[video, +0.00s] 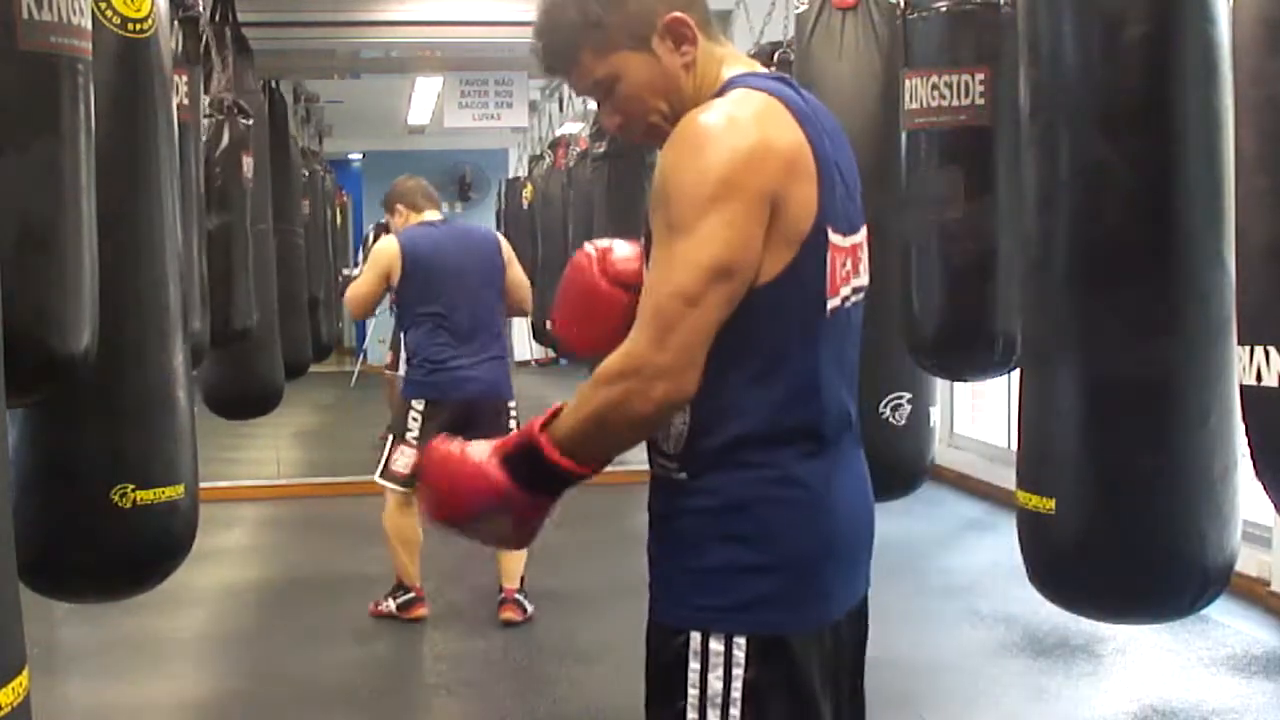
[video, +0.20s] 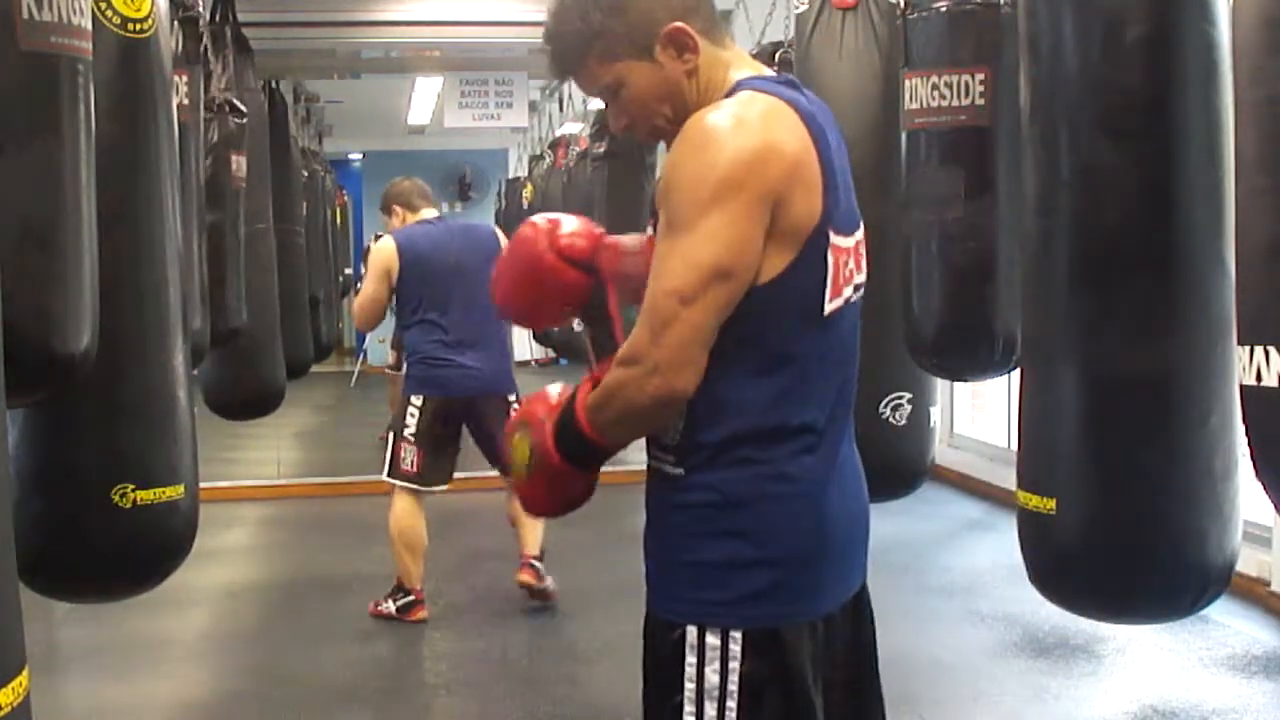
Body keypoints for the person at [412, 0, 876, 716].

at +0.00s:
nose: (608, 121)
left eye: (607, 90)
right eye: (593, 102)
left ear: (677, 39)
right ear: (682, 42)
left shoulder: (723, 136)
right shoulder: (796, 116)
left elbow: (657, 375)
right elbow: (780, 323)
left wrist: (523, 470)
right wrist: (650, 309)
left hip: (742, 546)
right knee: (819, 705)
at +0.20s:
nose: (615, 122)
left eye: (613, 95)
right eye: (603, 104)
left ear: (679, 49)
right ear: (684, 49)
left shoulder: (728, 137)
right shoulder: (793, 112)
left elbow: (662, 374)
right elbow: (755, 260)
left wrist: (566, 442)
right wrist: (603, 260)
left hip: (734, 542)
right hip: (809, 517)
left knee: (710, 710)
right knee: (831, 707)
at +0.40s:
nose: (616, 122)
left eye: (615, 93)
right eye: (604, 102)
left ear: (684, 52)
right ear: (687, 55)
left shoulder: (741, 137)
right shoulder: (751, 118)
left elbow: (644, 371)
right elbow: (640, 252)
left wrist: (583, 406)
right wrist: (547, 301)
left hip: (732, 546)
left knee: (716, 711)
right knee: (824, 706)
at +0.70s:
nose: (594, 80)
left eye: (604, 46)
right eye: (587, 54)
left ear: (685, 30)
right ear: (683, 38)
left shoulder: (736, 126)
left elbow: (598, 319)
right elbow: (591, 249)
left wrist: (614, 383)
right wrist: (551, 351)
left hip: (729, 536)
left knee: (714, 710)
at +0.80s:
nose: (590, 72)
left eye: (601, 37)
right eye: (585, 45)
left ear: (680, 27)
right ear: (679, 34)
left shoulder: (719, 119)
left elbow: (577, 303)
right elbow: (566, 273)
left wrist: (619, 374)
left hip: (729, 533)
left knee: (709, 711)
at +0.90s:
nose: (586, 69)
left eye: (594, 35)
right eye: (584, 41)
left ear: (668, 30)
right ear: (668, 34)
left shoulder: (709, 129)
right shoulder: (755, 111)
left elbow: (593, 334)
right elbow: (615, 257)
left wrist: (611, 376)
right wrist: (536, 329)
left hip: (722, 530)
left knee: (702, 712)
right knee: (786, 707)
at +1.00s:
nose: (590, 71)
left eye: (596, 39)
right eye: (588, 43)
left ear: (659, 39)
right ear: (661, 40)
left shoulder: (701, 135)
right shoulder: (765, 119)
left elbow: (639, 355)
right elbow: (673, 276)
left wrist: (586, 394)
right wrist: (529, 318)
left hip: (719, 528)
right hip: (790, 502)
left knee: (695, 710)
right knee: (789, 706)